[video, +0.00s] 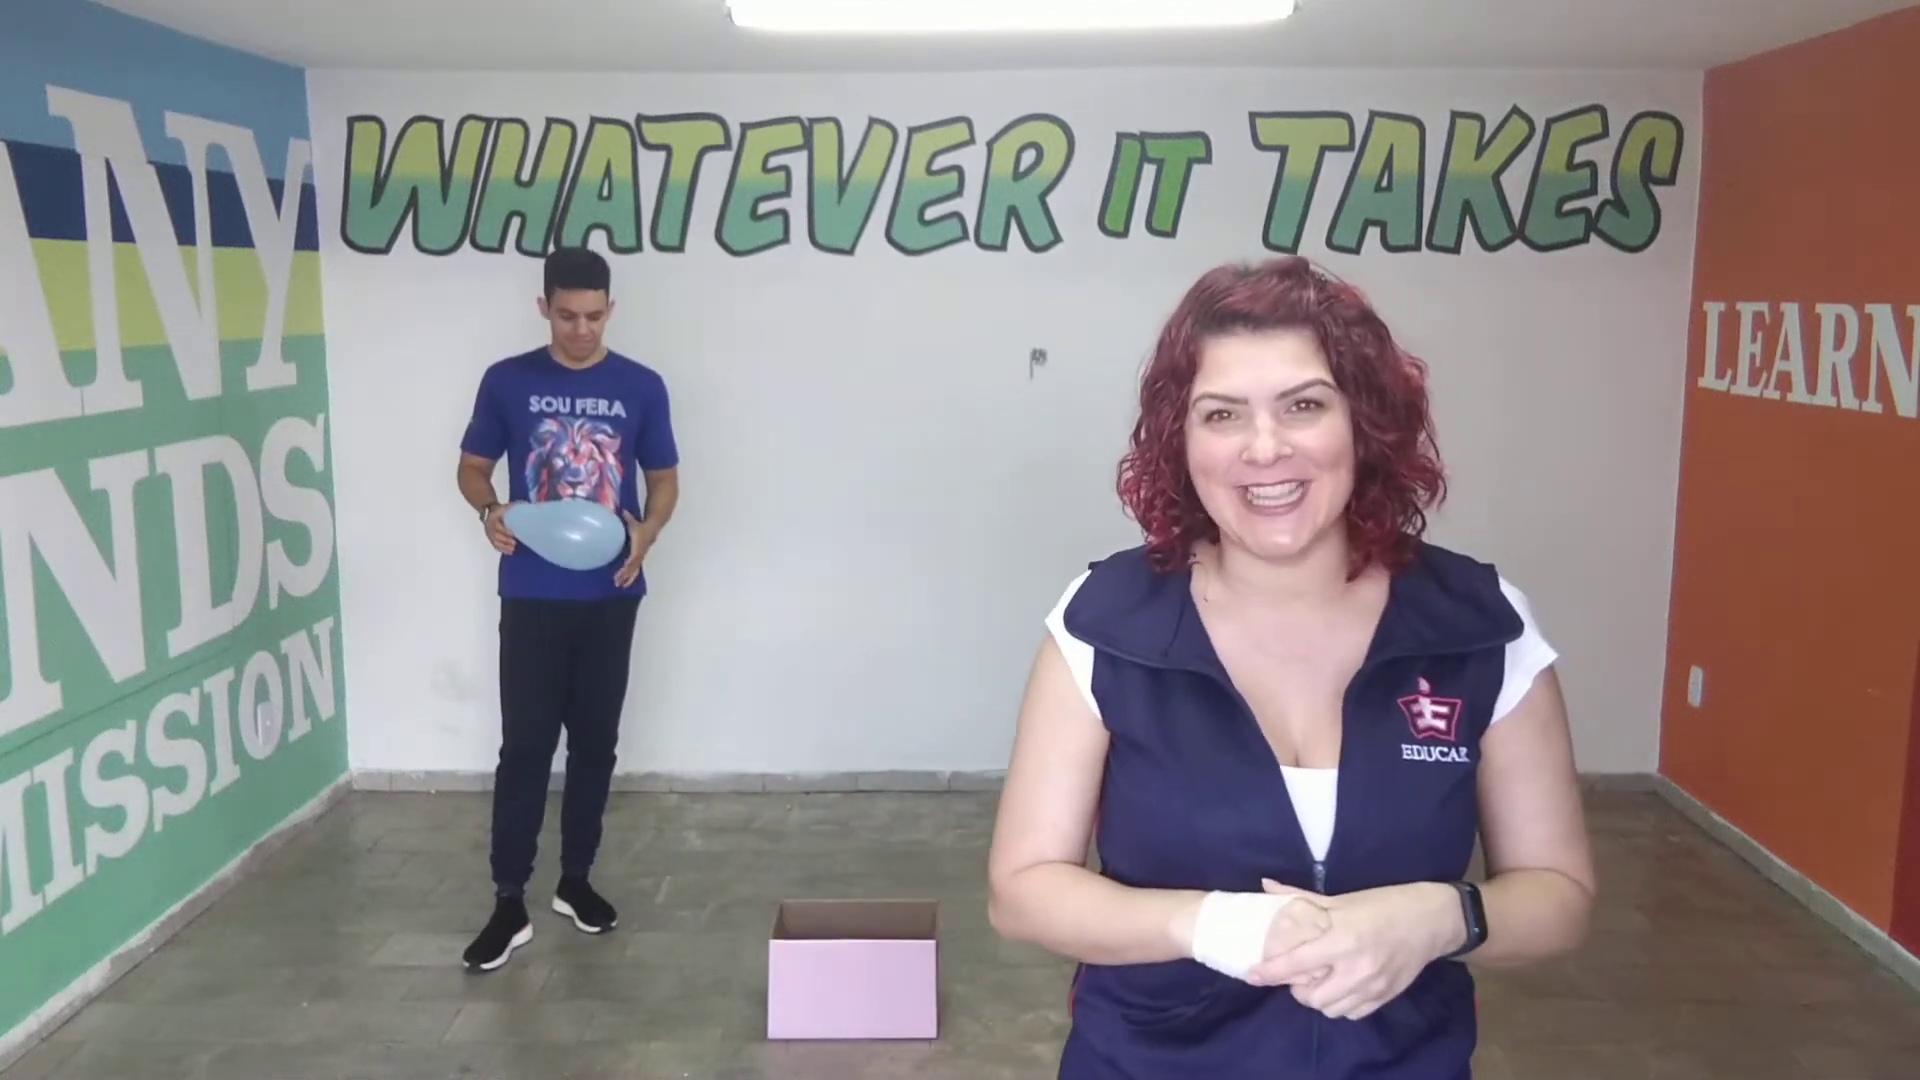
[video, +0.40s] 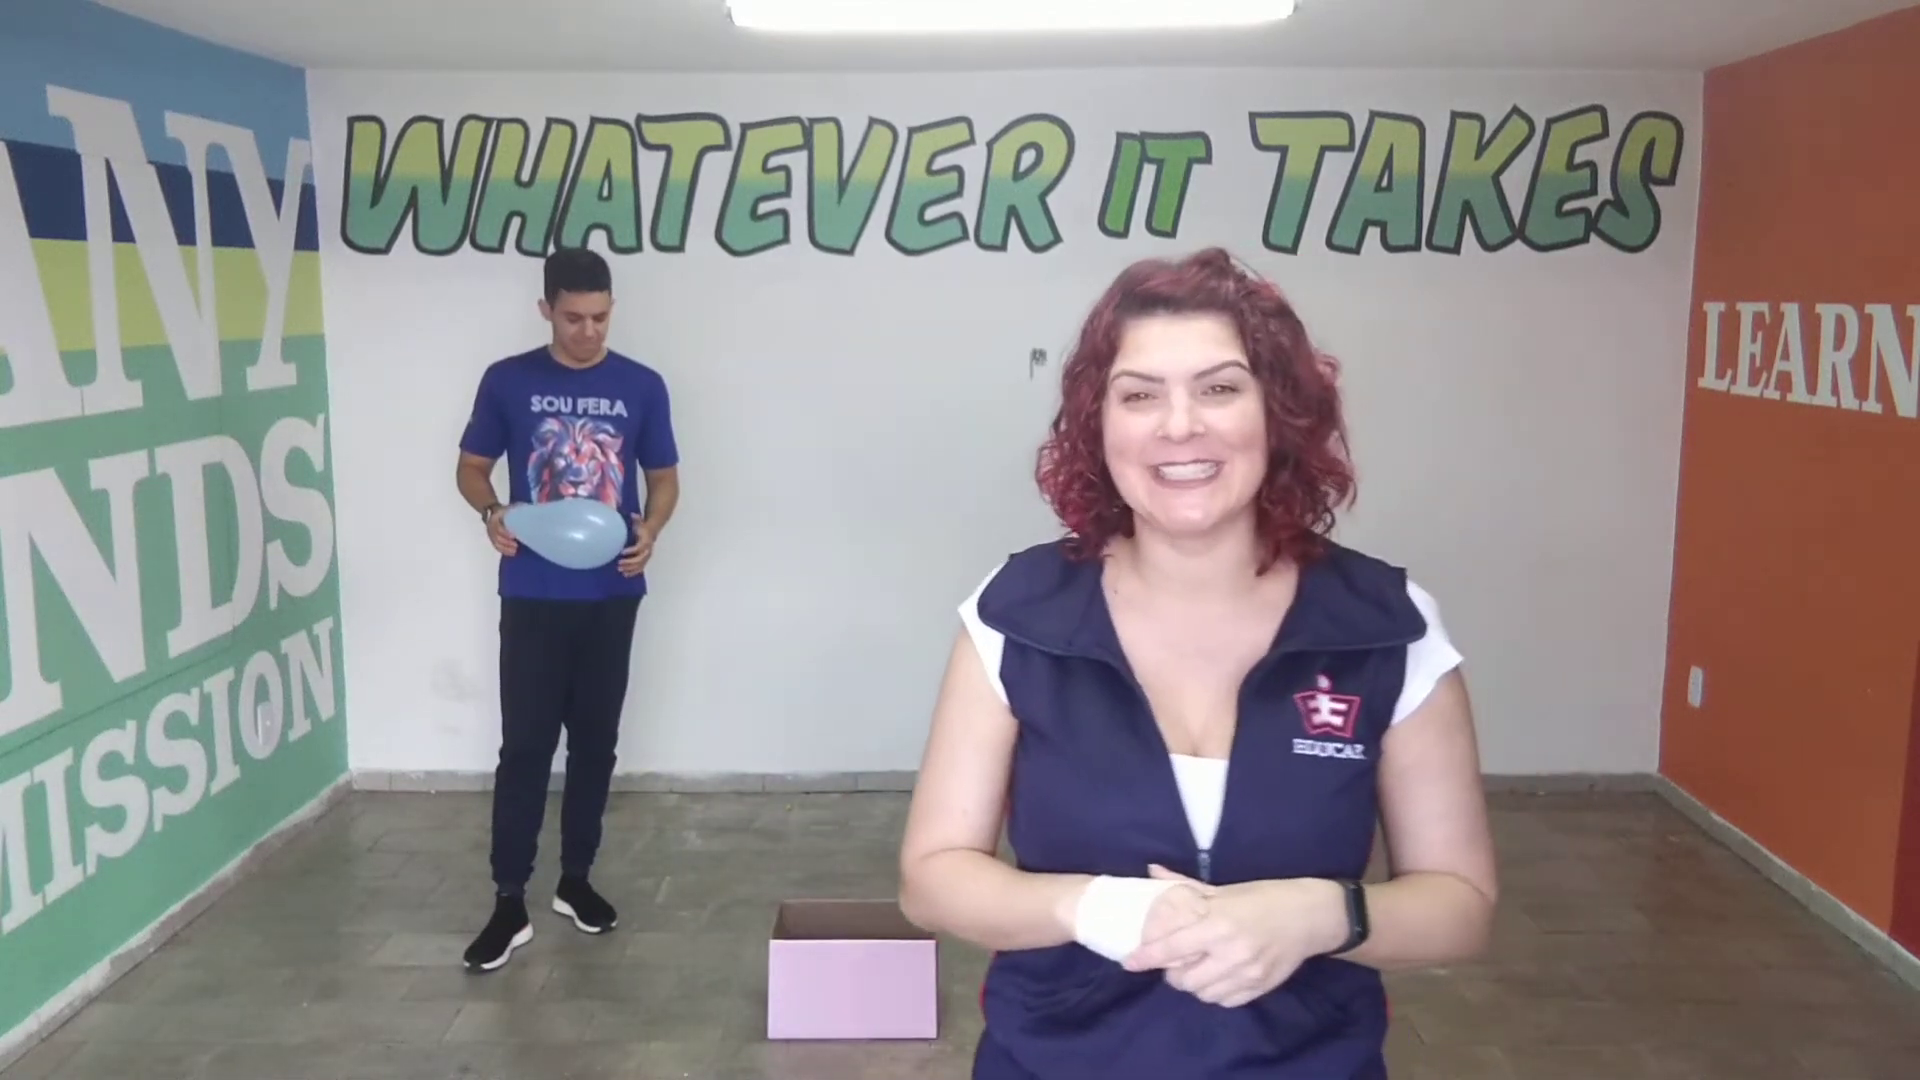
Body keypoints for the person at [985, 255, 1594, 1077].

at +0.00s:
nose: (1265, 451)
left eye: (1304, 408)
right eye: (1223, 415)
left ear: (1365, 424)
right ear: (1179, 441)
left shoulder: (1476, 624)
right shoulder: (1108, 623)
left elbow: (1559, 893)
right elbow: (1022, 887)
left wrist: (1438, 920)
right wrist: (1210, 924)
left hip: (1401, 1063)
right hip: (1154, 1063)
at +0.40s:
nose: (1180, 427)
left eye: (1220, 389)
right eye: (1140, 394)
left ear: (1278, 414)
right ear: (1096, 425)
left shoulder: (1381, 624)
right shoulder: (1022, 613)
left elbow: (1461, 904)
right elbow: (931, 876)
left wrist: (1317, 914)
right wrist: (1095, 908)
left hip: (1306, 1062)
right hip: (1059, 1060)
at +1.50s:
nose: (953, 412)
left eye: (991, 386)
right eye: (919, 388)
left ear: (1039, 426)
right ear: (875, 429)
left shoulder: (1123, 625)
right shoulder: (788, 605)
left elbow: (1165, 833)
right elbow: (697, 817)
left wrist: (1160, 940)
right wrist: (725, 892)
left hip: (1032, 1055)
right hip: (813, 1051)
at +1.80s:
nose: (921, 415)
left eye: (960, 388)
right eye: (889, 386)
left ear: (1006, 427)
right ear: (844, 421)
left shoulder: (1084, 612)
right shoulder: (757, 605)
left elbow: (1132, 813)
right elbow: (680, 841)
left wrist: (1126, 907)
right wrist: (770, 909)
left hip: (1018, 1055)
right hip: (801, 1054)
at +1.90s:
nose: (913, 418)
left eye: (952, 392)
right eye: (882, 385)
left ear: (996, 430)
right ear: (836, 418)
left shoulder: (1075, 609)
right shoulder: (749, 606)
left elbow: (1128, 811)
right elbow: (674, 843)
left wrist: (1110, 894)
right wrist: (761, 910)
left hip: (1015, 1056)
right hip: (799, 1056)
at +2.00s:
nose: (906, 420)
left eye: (945, 394)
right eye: (876, 388)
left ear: (988, 430)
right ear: (830, 419)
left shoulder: (1069, 608)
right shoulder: (743, 607)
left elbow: (1122, 811)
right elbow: (668, 840)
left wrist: (1101, 886)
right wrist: (747, 908)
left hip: (1012, 1052)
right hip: (798, 1053)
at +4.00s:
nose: (1193, 435)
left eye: (1240, 398)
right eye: (1155, 395)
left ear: (1301, 434)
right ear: (1107, 423)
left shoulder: (1396, 654)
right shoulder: (1008, 628)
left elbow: (1464, 906)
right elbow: (935, 914)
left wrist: (1412, 974)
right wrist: (892, 869)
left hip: (1297, 1061)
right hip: (1046, 1059)